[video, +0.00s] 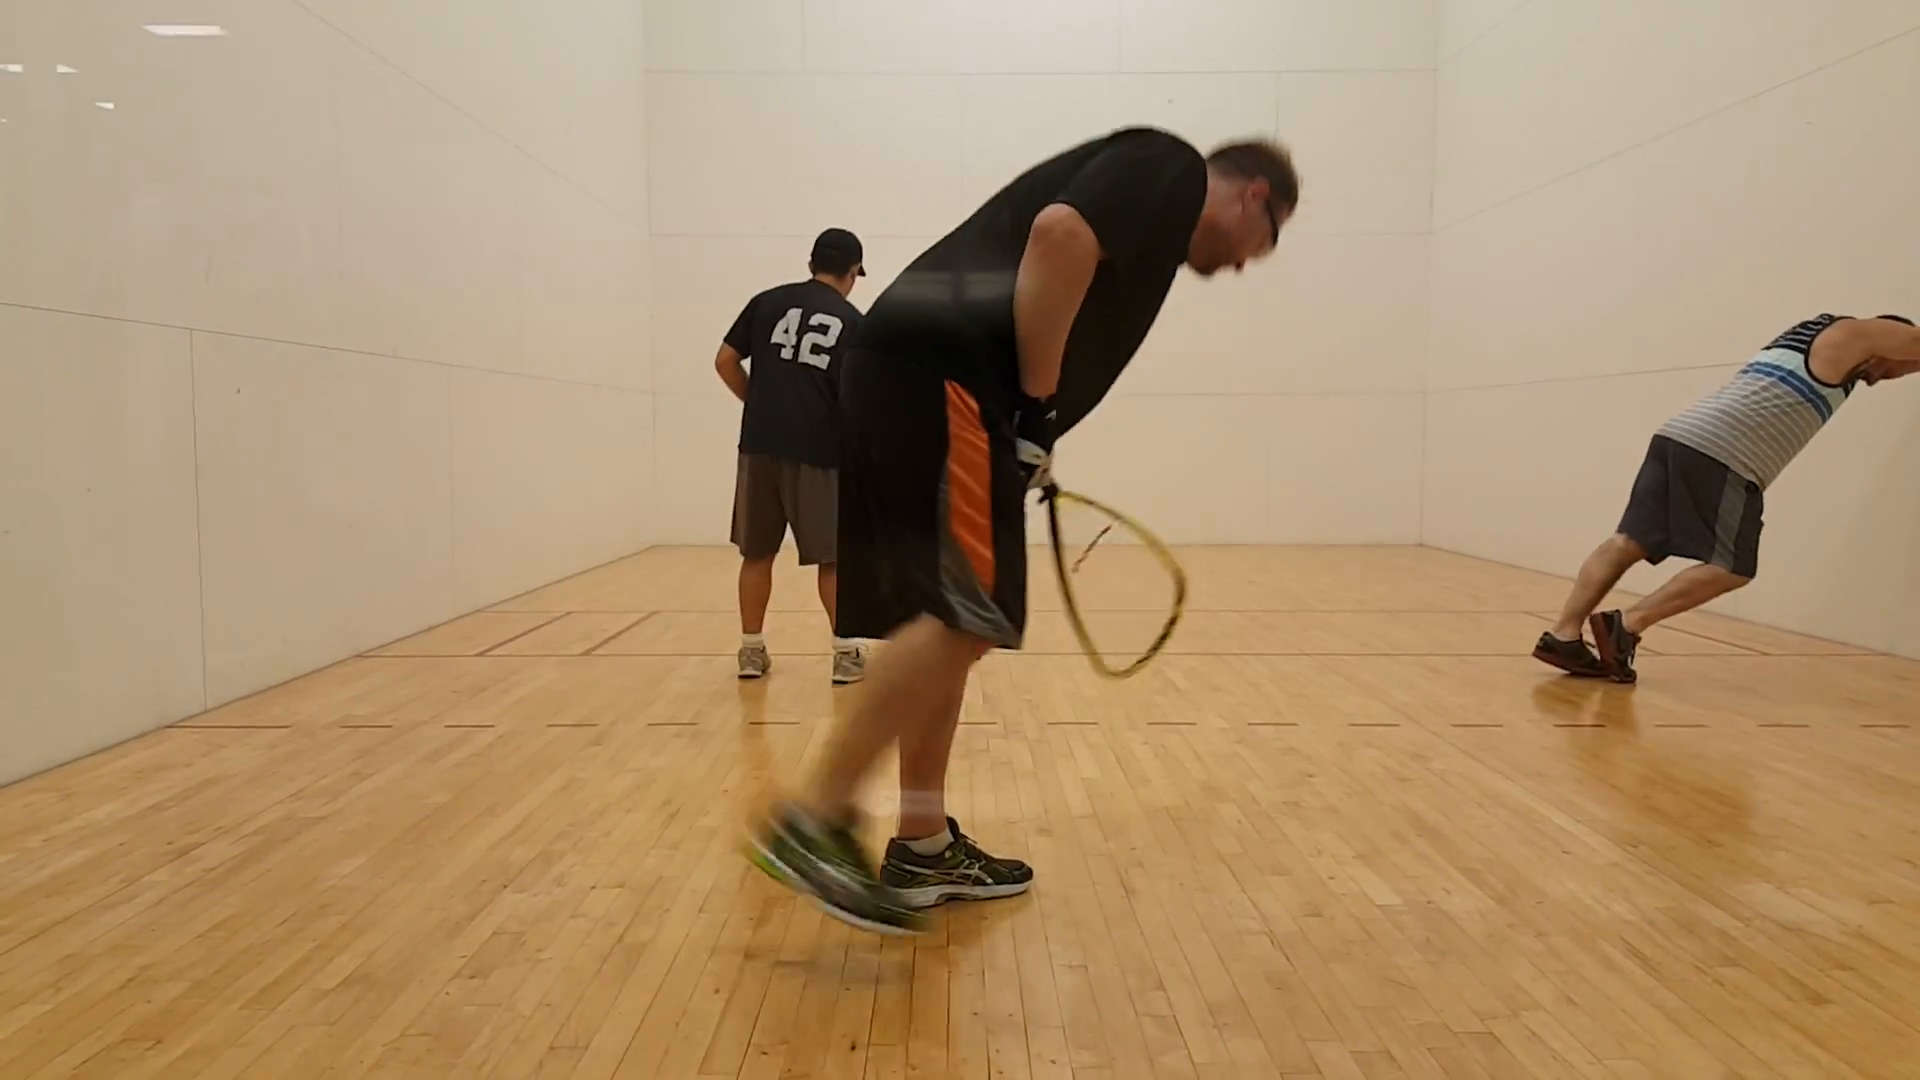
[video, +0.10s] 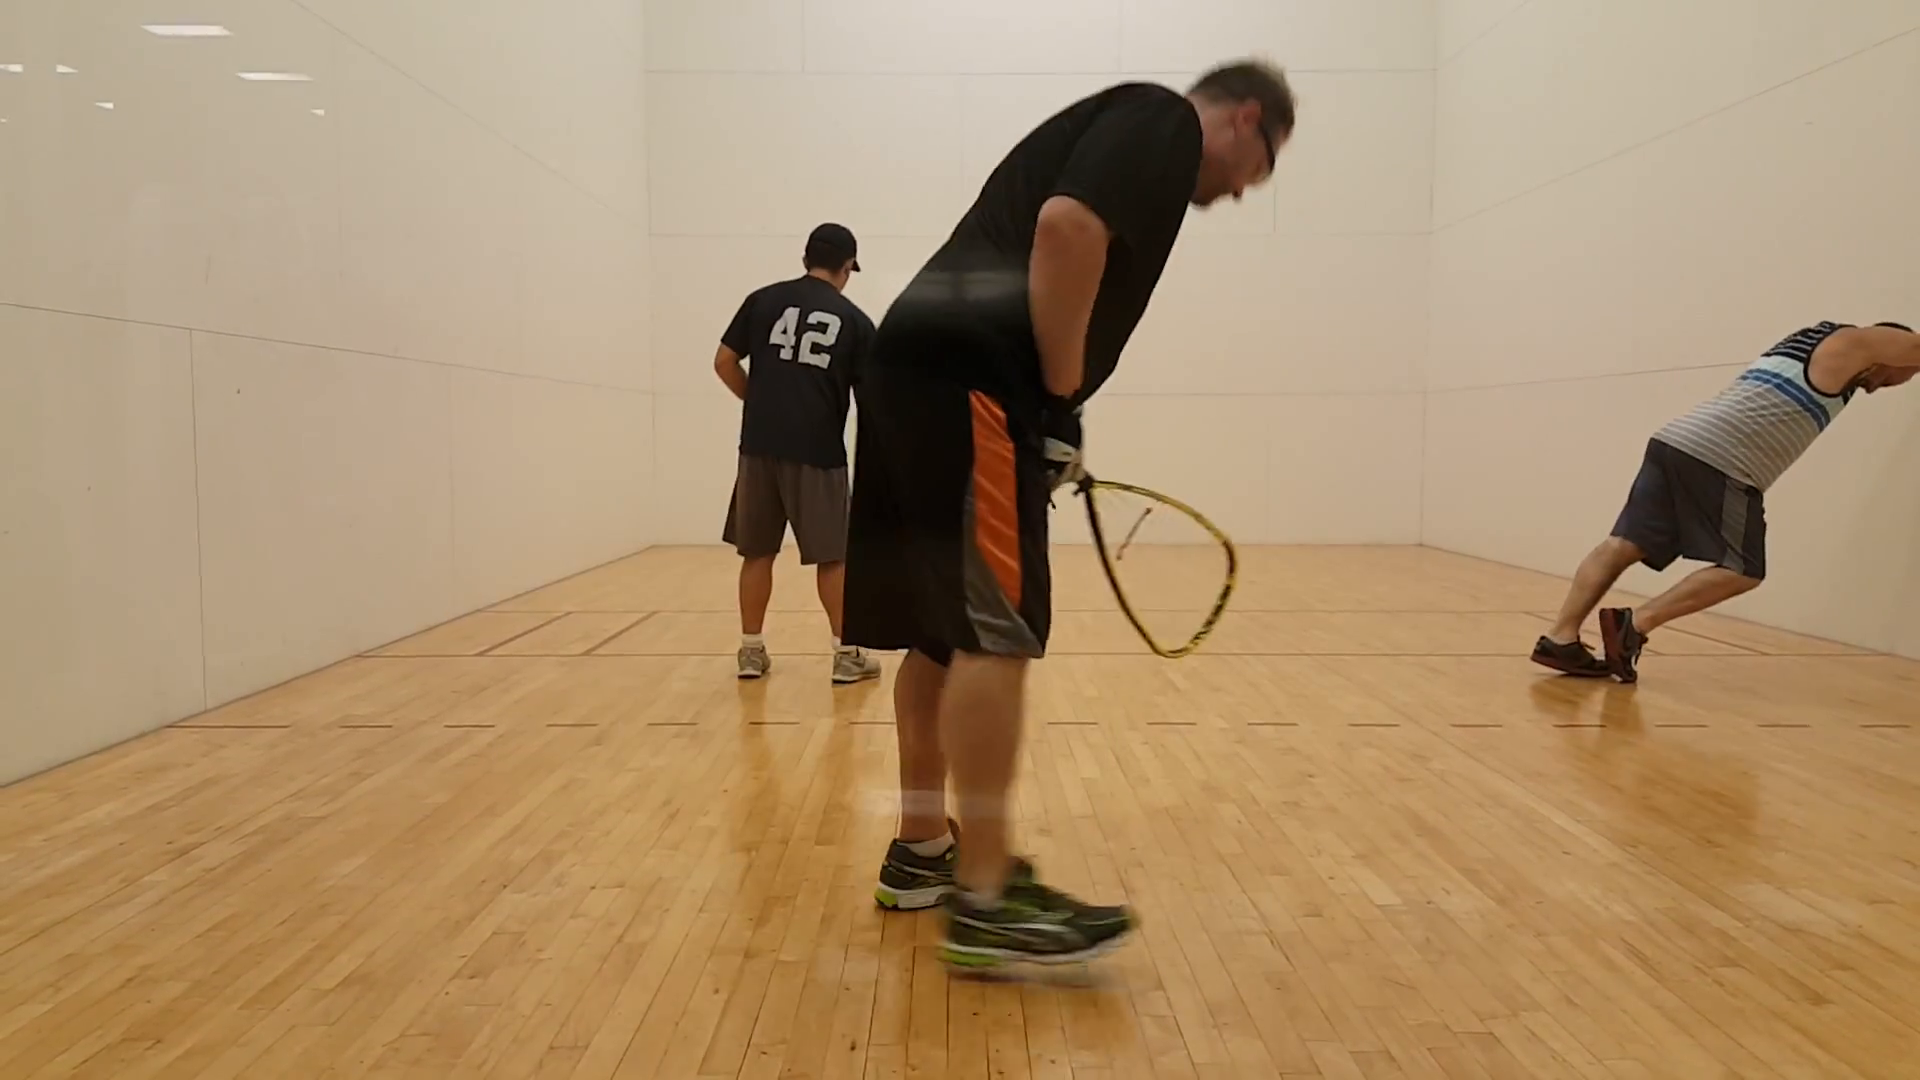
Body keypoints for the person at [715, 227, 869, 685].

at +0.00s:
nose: (856, 281)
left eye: (856, 275)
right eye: (858, 274)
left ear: (810, 264)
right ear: (853, 272)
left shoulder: (767, 302)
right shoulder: (854, 324)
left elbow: (726, 361)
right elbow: (861, 391)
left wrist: (757, 401)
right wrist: (856, 433)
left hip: (761, 442)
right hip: (820, 448)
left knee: (757, 551)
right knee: (832, 556)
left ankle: (751, 649)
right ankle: (847, 652)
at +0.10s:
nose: (851, 275)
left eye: (849, 268)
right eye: (852, 268)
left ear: (807, 259)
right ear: (847, 267)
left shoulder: (764, 299)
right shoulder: (856, 323)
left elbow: (724, 361)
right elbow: (871, 402)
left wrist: (758, 399)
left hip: (759, 445)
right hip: (819, 451)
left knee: (756, 551)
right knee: (832, 556)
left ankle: (750, 650)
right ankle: (848, 653)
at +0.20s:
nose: (845, 270)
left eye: (842, 264)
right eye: (845, 264)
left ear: (799, 255)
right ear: (840, 262)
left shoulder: (758, 298)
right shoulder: (851, 314)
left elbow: (724, 364)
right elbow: (880, 393)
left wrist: (761, 396)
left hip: (761, 446)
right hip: (819, 450)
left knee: (759, 550)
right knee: (831, 554)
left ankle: (751, 652)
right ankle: (846, 655)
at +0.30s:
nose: (839, 260)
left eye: (837, 253)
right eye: (840, 254)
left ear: (791, 250)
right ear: (835, 254)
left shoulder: (754, 298)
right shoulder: (847, 305)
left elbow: (724, 368)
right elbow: (885, 366)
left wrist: (762, 394)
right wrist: (855, 334)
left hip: (763, 448)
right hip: (823, 451)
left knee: (760, 549)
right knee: (832, 553)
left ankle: (751, 651)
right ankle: (846, 655)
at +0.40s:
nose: (833, 249)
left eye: (828, 242)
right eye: (833, 244)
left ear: (786, 246)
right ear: (830, 250)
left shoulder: (753, 300)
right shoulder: (846, 304)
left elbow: (726, 371)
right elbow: (885, 358)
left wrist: (764, 396)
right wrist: (844, 301)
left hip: (765, 446)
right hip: (824, 449)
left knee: (761, 550)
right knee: (834, 553)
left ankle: (751, 650)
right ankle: (846, 654)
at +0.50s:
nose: (833, 248)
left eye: (829, 241)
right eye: (831, 243)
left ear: (784, 246)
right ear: (826, 249)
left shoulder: (752, 300)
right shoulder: (846, 304)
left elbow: (726, 371)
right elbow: (877, 365)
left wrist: (761, 398)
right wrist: (840, 315)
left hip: (767, 446)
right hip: (825, 450)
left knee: (763, 550)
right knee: (836, 553)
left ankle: (752, 650)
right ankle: (845, 654)